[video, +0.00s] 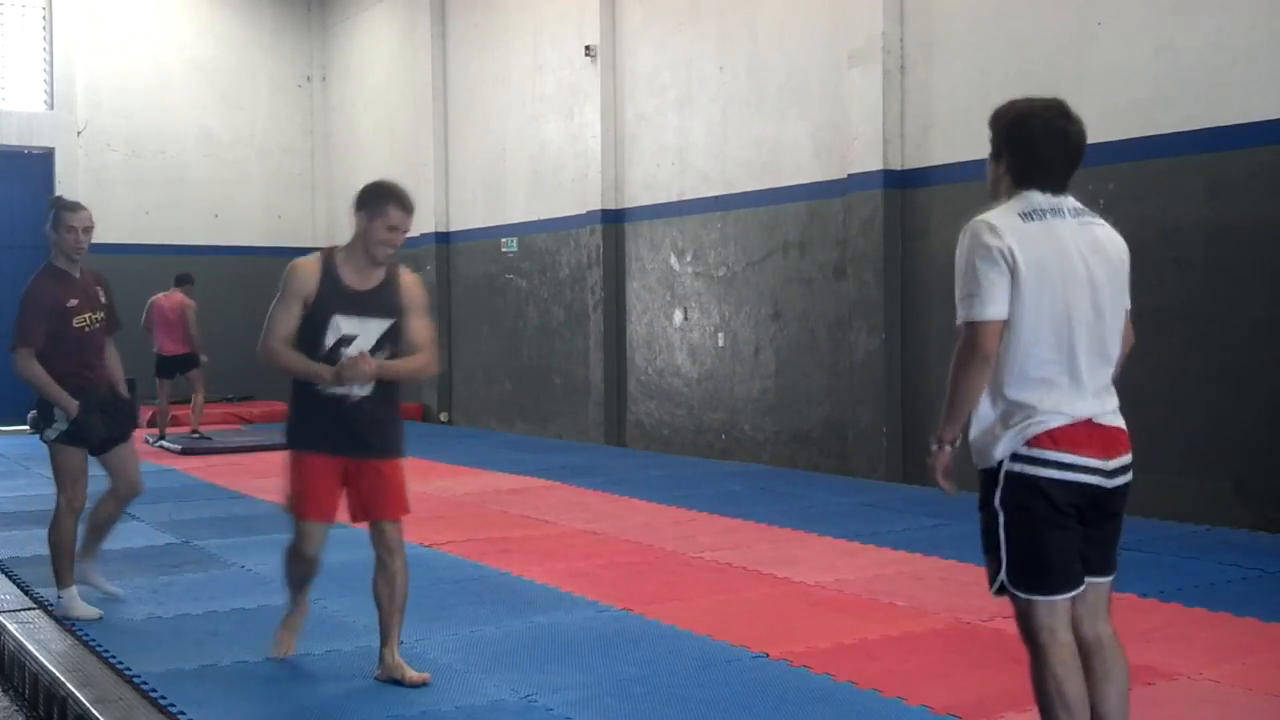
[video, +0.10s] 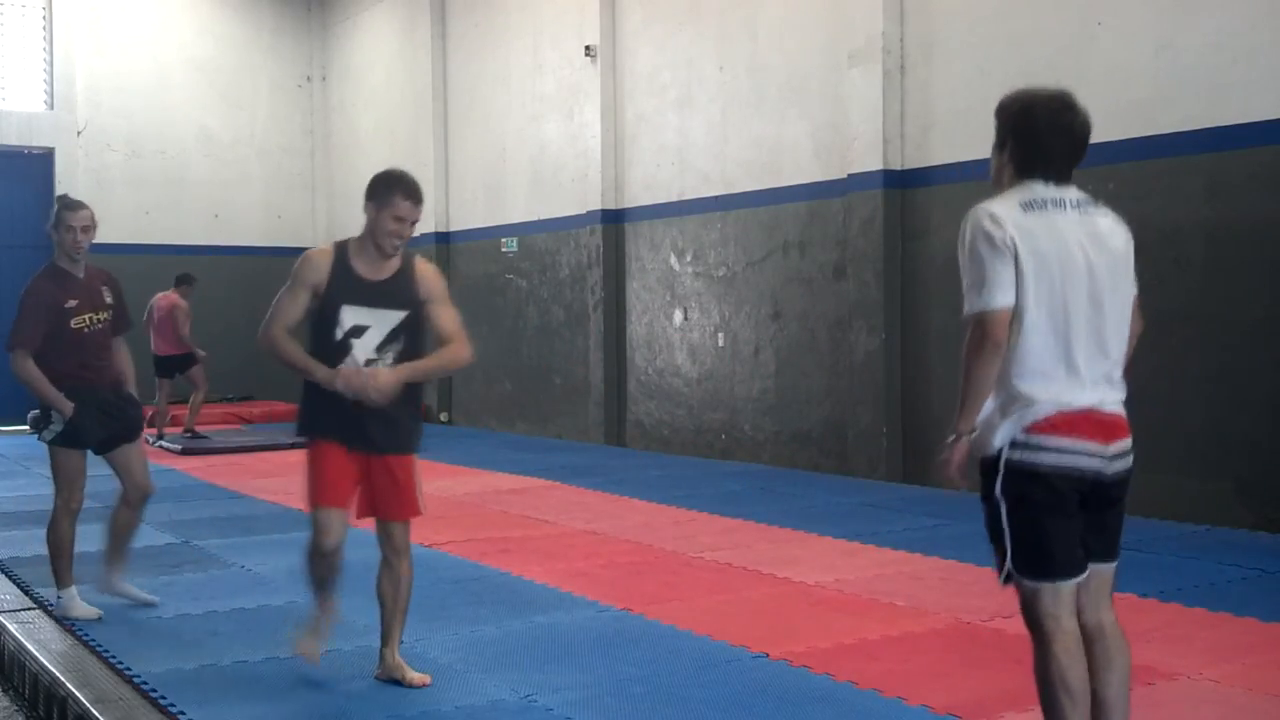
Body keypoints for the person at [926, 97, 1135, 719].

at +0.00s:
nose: (987, 161)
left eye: (991, 151)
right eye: (989, 150)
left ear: (1004, 161)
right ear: (1069, 163)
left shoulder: (992, 231)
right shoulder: (1106, 235)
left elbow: (980, 347)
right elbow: (1120, 342)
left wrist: (947, 436)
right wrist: (1065, 399)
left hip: (1030, 462)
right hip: (1108, 460)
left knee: (1048, 631)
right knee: (1096, 623)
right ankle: (1113, 718)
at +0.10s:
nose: (991, 151)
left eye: (996, 140)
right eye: (994, 139)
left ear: (1010, 149)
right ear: (1073, 152)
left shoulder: (995, 218)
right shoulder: (1111, 224)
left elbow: (991, 333)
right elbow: (1129, 326)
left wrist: (963, 428)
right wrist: (1091, 395)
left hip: (1034, 449)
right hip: (1110, 447)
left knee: (1053, 622)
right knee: (1098, 613)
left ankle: (1076, 718)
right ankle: (1112, 715)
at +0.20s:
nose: (993, 139)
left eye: (997, 128)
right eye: (996, 127)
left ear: (1010, 136)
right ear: (1076, 142)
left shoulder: (994, 206)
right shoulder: (1112, 210)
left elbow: (995, 317)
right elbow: (1139, 313)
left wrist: (969, 413)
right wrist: (1098, 382)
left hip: (1038, 440)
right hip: (1114, 438)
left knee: (1051, 619)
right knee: (1105, 607)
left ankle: (1072, 718)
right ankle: (1116, 715)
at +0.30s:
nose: (994, 154)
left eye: (999, 144)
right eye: (997, 143)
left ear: (1012, 153)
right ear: (1077, 156)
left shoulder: (998, 225)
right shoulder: (1119, 231)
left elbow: (992, 340)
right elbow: (1137, 340)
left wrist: (963, 436)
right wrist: (1101, 410)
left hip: (1037, 462)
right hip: (1117, 461)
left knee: (1052, 633)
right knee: (1106, 623)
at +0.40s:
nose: (997, 163)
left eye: (1002, 152)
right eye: (1000, 152)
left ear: (1015, 161)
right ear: (1079, 163)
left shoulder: (1004, 231)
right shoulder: (1122, 239)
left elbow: (998, 349)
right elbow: (1130, 347)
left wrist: (968, 446)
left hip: (1045, 469)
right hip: (1121, 467)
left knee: (1058, 633)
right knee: (1106, 622)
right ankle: (1119, 717)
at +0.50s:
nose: (1002, 146)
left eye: (1006, 135)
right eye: (1004, 134)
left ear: (1021, 142)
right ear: (1082, 146)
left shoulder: (1008, 209)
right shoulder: (1124, 216)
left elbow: (1007, 324)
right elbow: (1143, 320)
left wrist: (978, 423)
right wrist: (1114, 400)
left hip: (1049, 450)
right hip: (1125, 447)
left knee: (1061, 623)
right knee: (1113, 614)